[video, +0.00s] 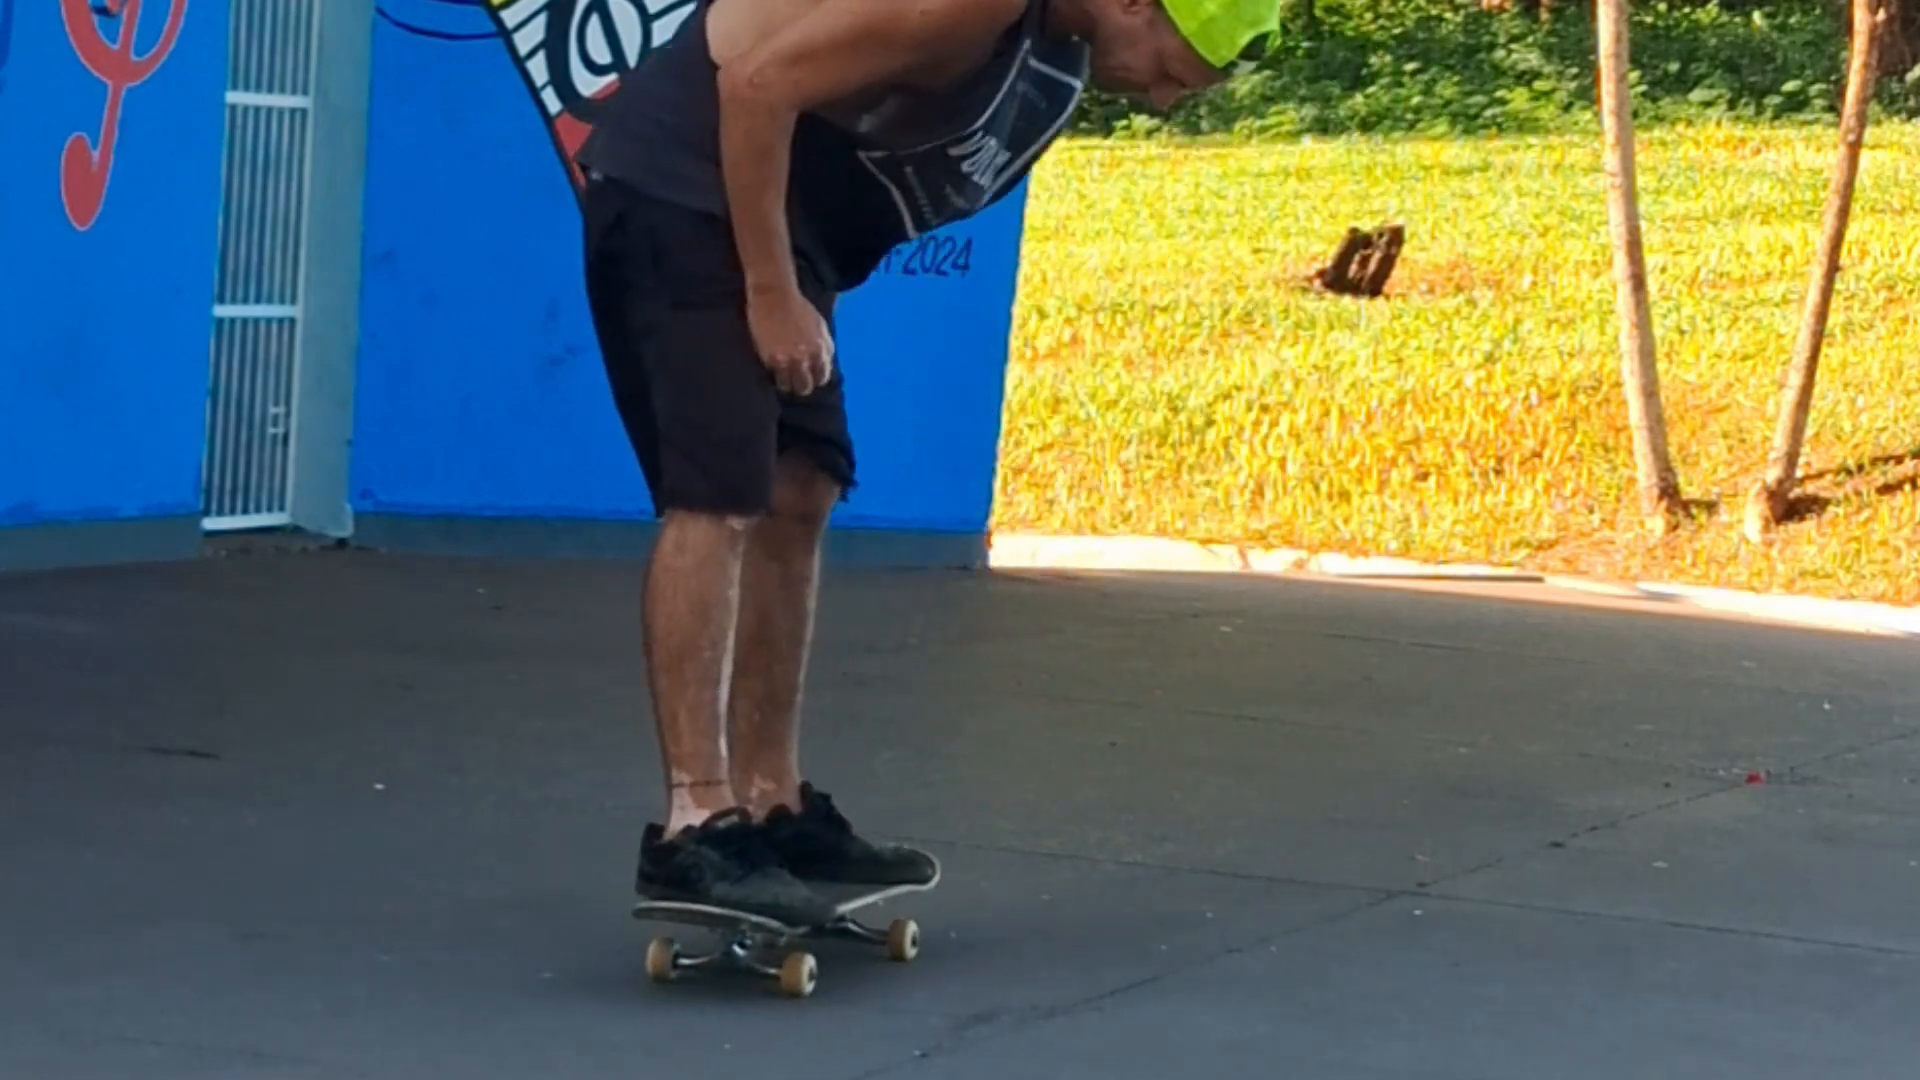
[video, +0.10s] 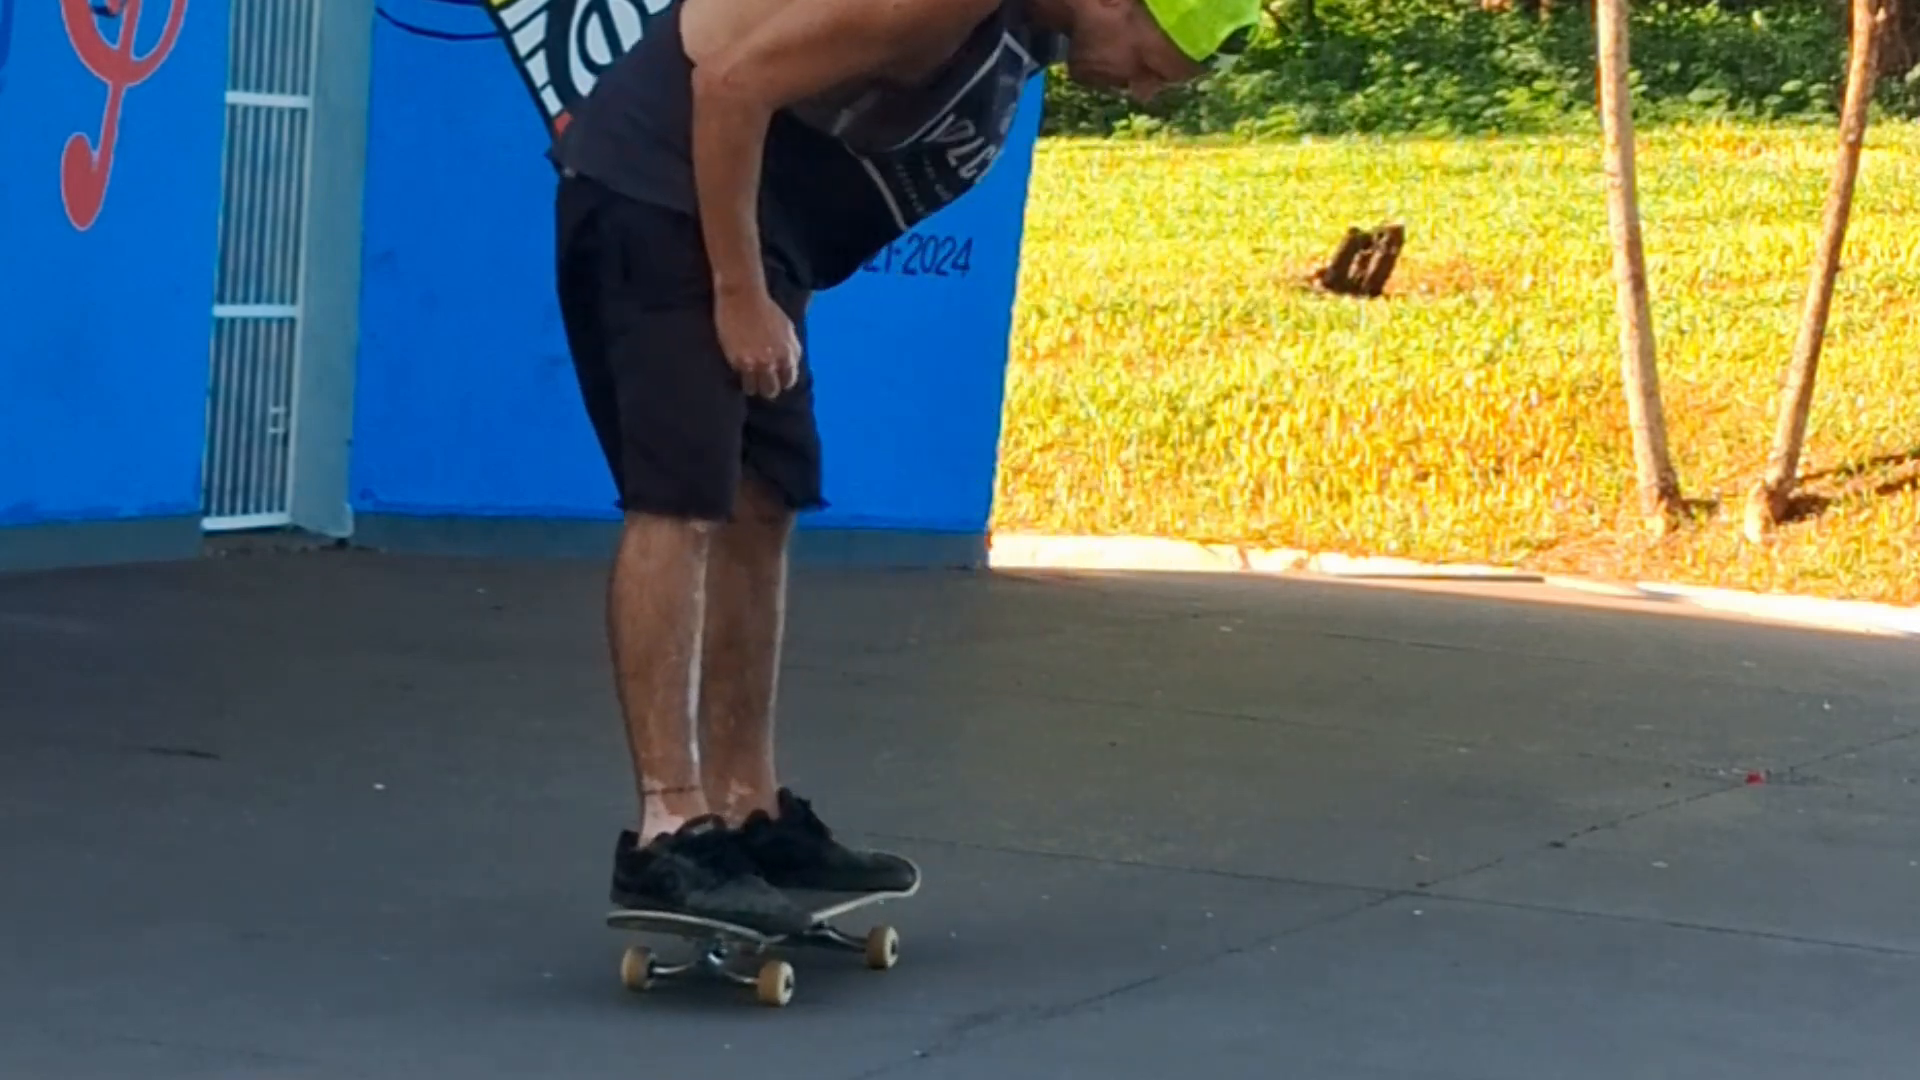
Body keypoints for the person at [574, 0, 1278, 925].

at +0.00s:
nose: (1178, 92)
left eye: (1200, 82)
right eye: (1176, 65)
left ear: (1125, 7)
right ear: (1132, 1)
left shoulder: (1057, 64)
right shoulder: (970, 13)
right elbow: (755, 80)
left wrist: (810, 282)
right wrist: (772, 288)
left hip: (785, 229)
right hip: (675, 191)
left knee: (800, 484)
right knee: (717, 488)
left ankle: (771, 807)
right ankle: (693, 825)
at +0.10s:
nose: (1151, 89)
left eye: (1170, 79)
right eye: (1155, 63)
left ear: (1101, 11)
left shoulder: (1006, 50)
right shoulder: (943, 12)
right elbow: (731, 77)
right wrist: (742, 291)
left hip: (758, 229)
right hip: (655, 195)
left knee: (760, 497)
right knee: (676, 496)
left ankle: (748, 814)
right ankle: (667, 832)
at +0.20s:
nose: (1132, 83)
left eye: (1149, 73)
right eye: (1132, 58)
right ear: (1089, 2)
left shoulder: (1006, 69)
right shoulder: (921, 12)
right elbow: (704, 81)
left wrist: (754, 290)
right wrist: (711, 296)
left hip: (731, 231)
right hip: (627, 198)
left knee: (727, 506)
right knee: (642, 502)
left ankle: (724, 818)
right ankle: (640, 838)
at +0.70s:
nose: (1014, 23)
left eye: (1026, 20)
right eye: (1012, 6)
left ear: (993, 17)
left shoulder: (907, 51)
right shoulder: (771, 4)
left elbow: (723, 143)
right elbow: (550, 67)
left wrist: (685, 311)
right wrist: (557, 294)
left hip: (609, 225)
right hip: (479, 178)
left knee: (590, 521)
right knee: (485, 512)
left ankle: (603, 854)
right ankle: (499, 874)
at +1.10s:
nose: (879, 7)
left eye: (889, 5)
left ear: (853, 3)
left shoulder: (761, 19)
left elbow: (637, 168)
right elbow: (416, 63)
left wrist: (560, 340)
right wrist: (432, 297)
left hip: (489, 231)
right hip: (351, 183)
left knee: (468, 533)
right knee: (355, 528)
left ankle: (490, 878)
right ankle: (368, 901)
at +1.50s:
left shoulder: (631, 21)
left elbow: (518, 154)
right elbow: (283, 55)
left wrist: (441, 334)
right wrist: (299, 303)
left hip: (386, 202)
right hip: (227, 155)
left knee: (356, 542)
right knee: (213, 540)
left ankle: (358, 908)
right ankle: (214, 941)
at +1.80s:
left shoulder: (559, 17)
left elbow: (415, 131)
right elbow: (194, 50)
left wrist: (361, 328)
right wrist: (208, 307)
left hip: (293, 212)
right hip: (120, 162)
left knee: (277, 543)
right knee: (113, 544)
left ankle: (243, 933)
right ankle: (80, 961)